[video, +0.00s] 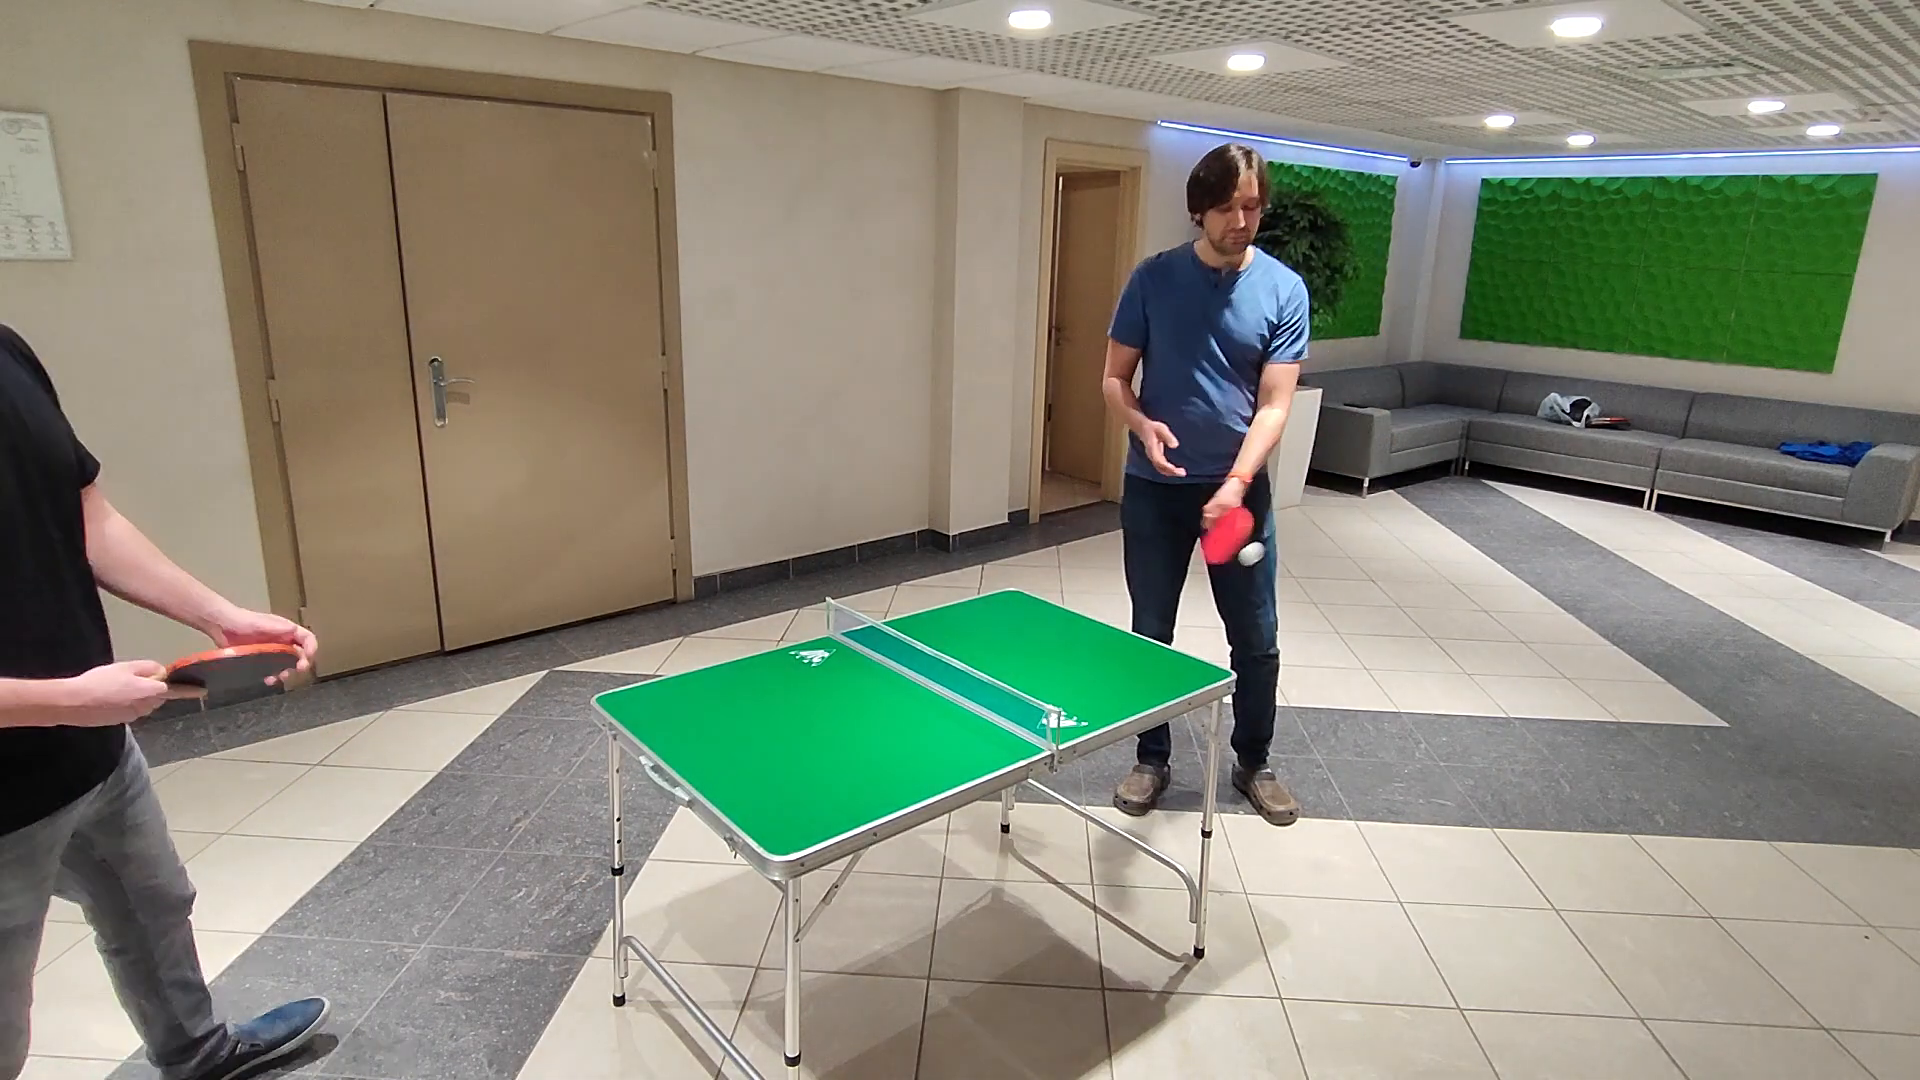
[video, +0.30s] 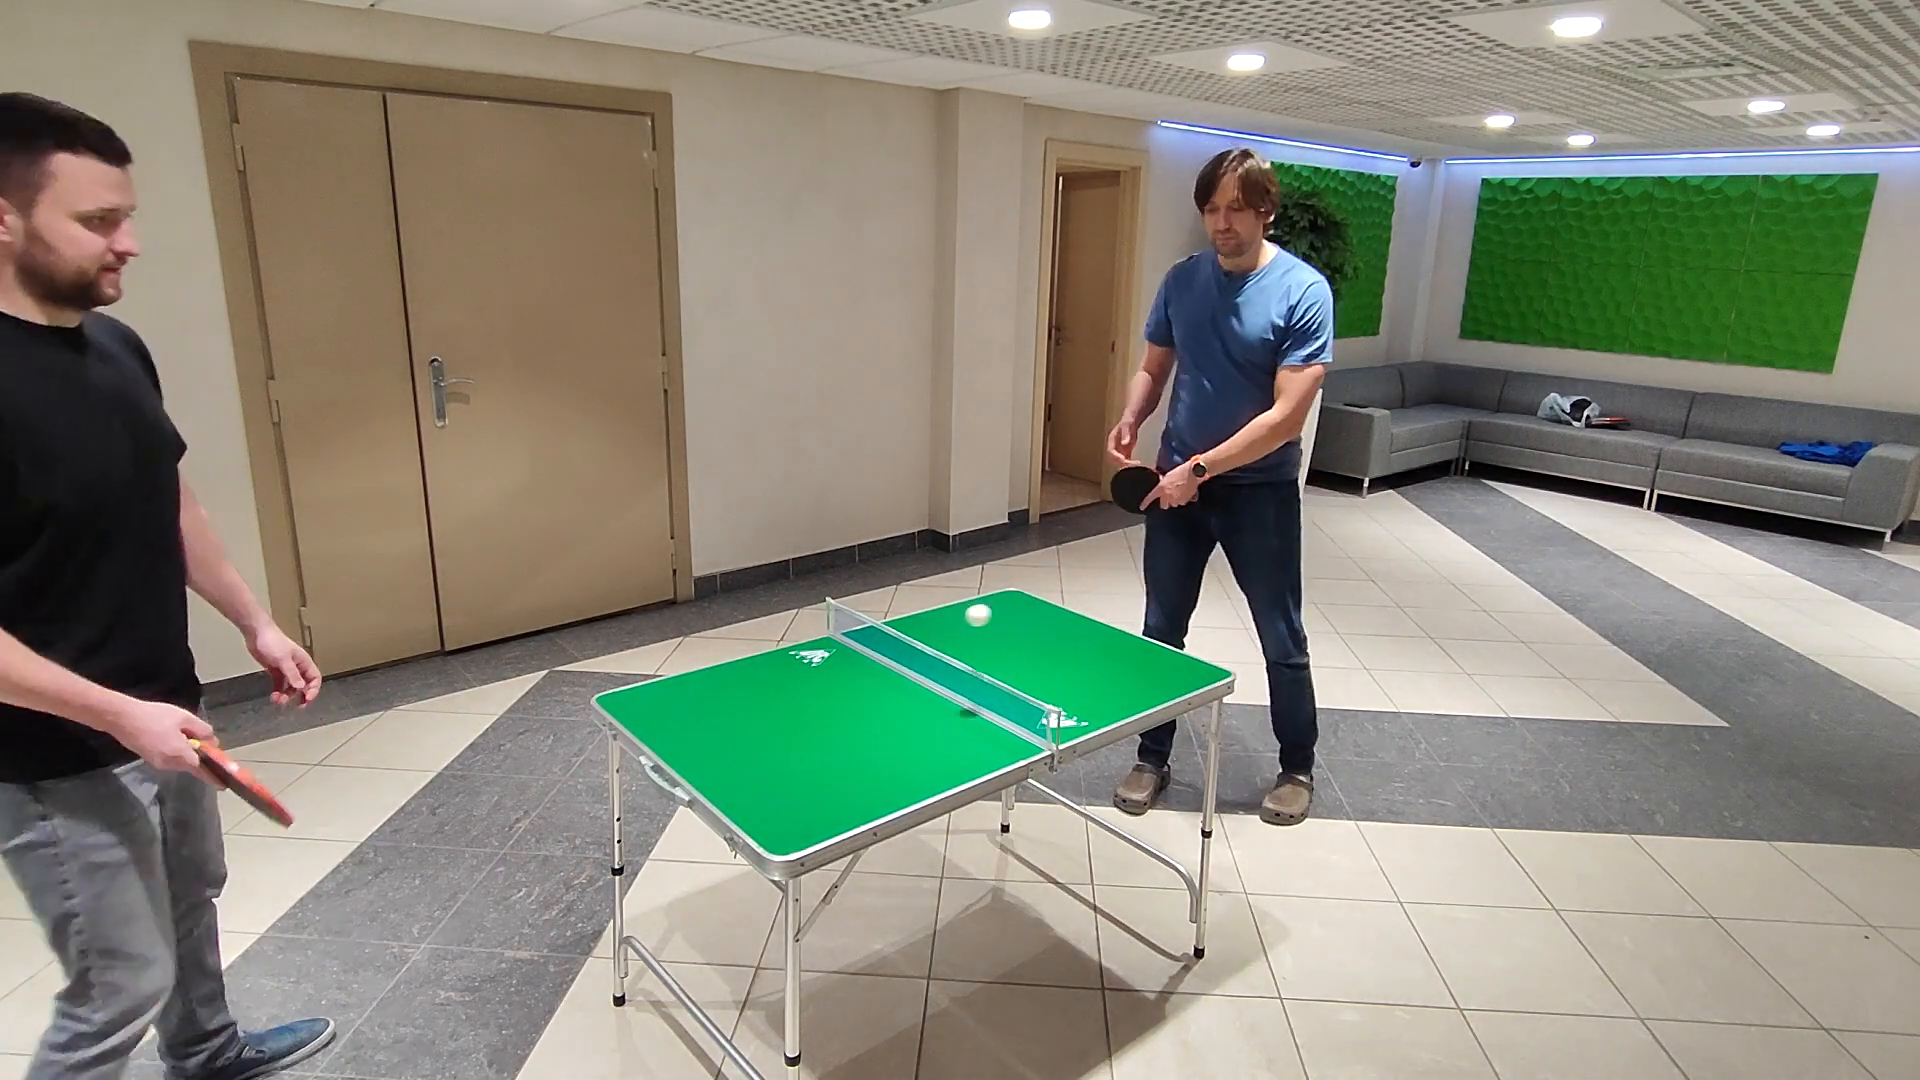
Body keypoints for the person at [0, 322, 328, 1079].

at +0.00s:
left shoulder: (11, 358)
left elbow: (91, 523)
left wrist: (225, 617)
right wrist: (65, 699)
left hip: (94, 751)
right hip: (9, 791)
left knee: (151, 909)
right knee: (5, 1043)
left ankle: (193, 1051)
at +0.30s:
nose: (127, 244)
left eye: (128, 220)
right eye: (101, 221)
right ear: (12, 222)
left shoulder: (116, 348)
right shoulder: (6, 366)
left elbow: (173, 506)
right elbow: (0, 640)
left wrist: (255, 622)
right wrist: (120, 712)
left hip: (162, 719)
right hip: (47, 754)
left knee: (191, 912)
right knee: (124, 981)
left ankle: (203, 1050)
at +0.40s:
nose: (177, 256)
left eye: (179, 230)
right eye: (151, 230)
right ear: (52, 221)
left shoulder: (156, 347)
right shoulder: (12, 370)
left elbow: (202, 504)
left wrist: (262, 624)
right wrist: (147, 716)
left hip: (166, 706)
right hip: (56, 733)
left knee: (195, 902)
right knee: (169, 961)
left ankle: (203, 1046)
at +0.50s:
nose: (229, 270)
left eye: (234, 247)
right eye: (205, 246)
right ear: (112, 232)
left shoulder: (194, 349)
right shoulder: (40, 372)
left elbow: (218, 492)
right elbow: (25, 599)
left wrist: (268, 614)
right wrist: (190, 725)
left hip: (167, 703)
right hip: (71, 727)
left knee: (162, 907)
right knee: (214, 928)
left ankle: (200, 1046)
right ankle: (217, 1072)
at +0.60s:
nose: (279, 292)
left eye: (285, 269)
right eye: (258, 269)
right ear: (170, 251)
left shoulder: (218, 350)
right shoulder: (91, 394)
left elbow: (243, 494)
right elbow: (109, 617)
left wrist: (287, 617)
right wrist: (284, 737)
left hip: (171, 695)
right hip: (96, 721)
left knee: (162, 889)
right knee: (232, 928)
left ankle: (193, 1048)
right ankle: (309, 1071)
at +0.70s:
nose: (316, 306)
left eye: (322, 283)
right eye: (296, 280)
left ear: (219, 264)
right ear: (211, 261)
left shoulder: (227, 351)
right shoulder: (158, 401)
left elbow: (255, 501)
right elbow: (212, 627)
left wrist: (307, 610)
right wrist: (388, 718)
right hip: (141, 712)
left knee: (173, 885)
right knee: (257, 932)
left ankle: (197, 1050)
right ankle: (328, 1070)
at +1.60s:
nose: (269, 247)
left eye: (264, 222)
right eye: (250, 222)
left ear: (172, 231)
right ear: (166, 228)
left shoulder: (100, 352)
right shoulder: (133, 376)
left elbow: (209, 586)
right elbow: (98, 620)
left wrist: (327, 684)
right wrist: (309, 716)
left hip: (101, 781)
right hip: (190, 790)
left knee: (141, 1021)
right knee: (340, 949)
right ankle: (340, 1072)